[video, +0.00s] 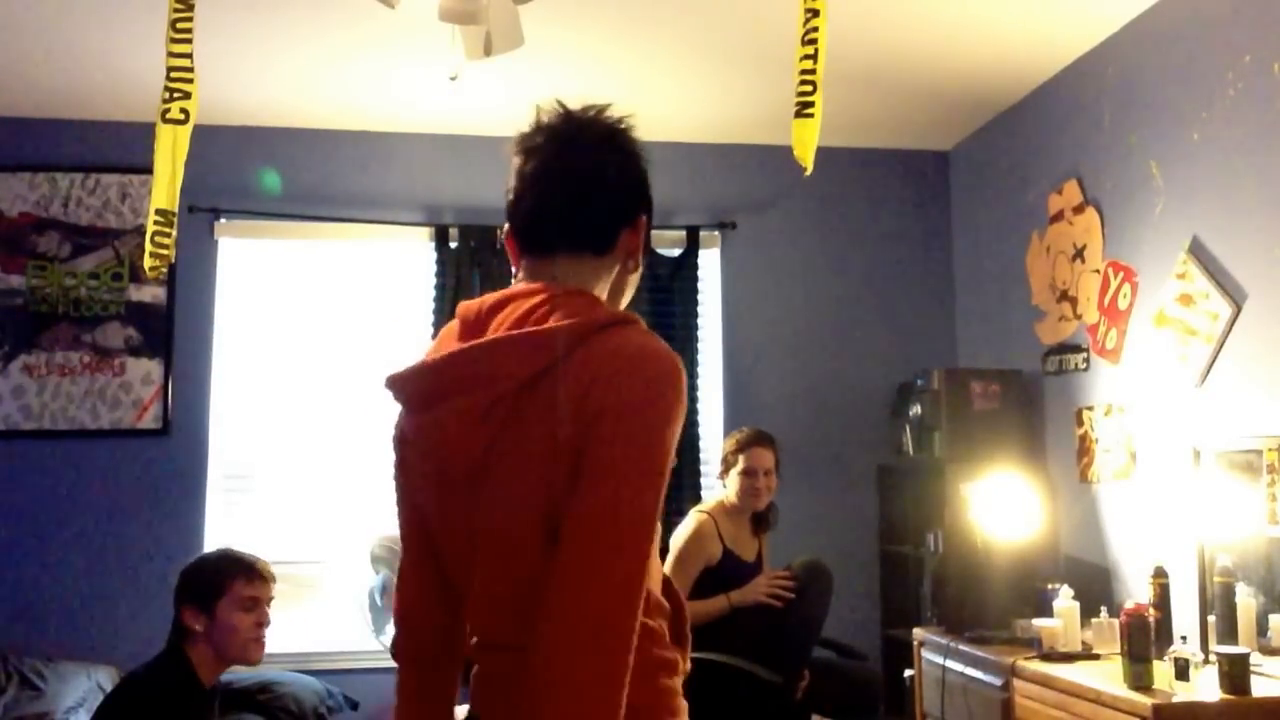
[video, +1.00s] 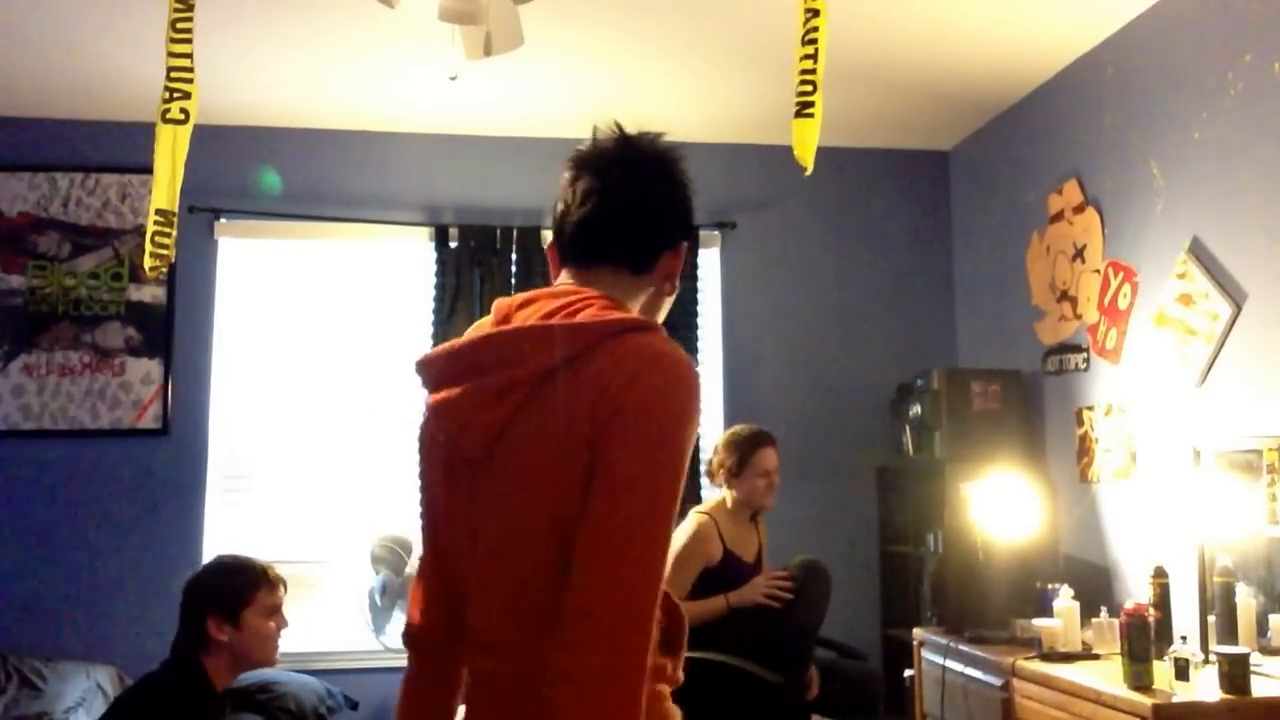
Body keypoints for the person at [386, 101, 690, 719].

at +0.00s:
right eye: (647, 247)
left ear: (510, 246)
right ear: (636, 240)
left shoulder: (442, 364)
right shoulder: (637, 364)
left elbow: (425, 613)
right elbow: (599, 594)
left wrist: (423, 712)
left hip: (499, 689)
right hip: (623, 694)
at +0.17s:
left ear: (545, 243)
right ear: (668, 240)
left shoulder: (465, 355)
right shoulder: (667, 345)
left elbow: (432, 571)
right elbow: (670, 569)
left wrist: (444, 682)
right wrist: (686, 705)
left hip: (468, 692)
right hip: (601, 693)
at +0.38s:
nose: (665, 280)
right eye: (671, 262)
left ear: (540, 247)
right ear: (664, 253)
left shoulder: (452, 364)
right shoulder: (654, 353)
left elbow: (427, 590)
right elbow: (655, 593)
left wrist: (443, 696)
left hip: (471, 697)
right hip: (599, 699)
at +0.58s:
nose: (682, 274)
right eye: (687, 256)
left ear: (554, 240)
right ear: (674, 249)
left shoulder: (469, 348)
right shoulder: (652, 352)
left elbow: (439, 581)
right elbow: (643, 586)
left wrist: (436, 703)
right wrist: (645, 708)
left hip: (468, 693)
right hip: (592, 697)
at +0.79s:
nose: (700, 294)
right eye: (704, 277)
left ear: (580, 255)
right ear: (698, 265)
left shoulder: (484, 350)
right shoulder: (672, 356)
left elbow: (462, 550)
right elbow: (710, 599)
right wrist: (764, 707)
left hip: (448, 688)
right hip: (583, 698)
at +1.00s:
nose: (674, 288)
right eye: (683, 272)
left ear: (553, 257)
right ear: (675, 266)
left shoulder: (467, 370)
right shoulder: (650, 368)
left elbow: (436, 611)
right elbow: (616, 597)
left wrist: (421, 712)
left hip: (488, 699)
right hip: (598, 702)